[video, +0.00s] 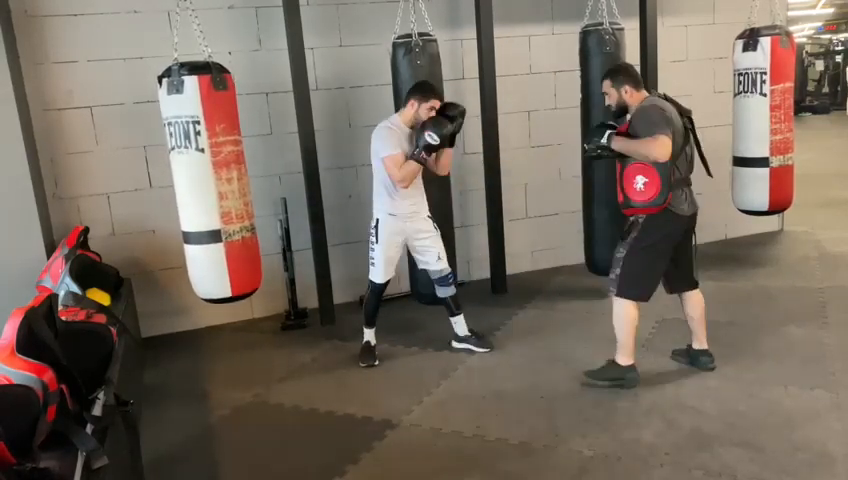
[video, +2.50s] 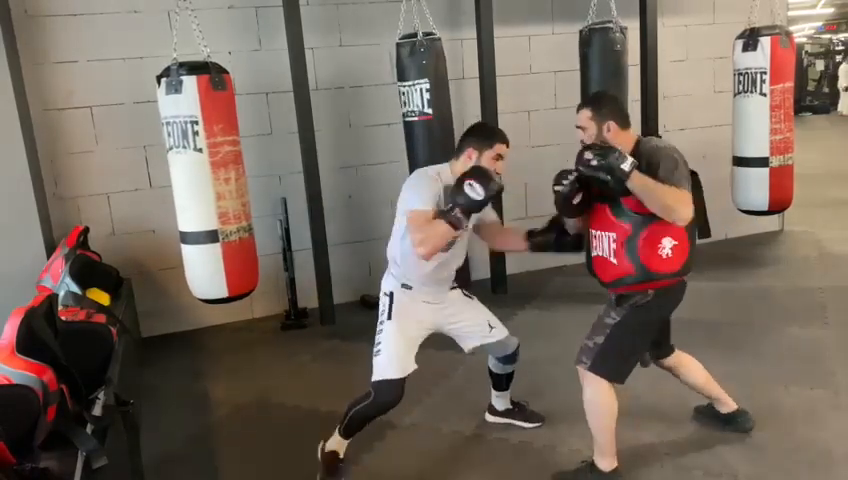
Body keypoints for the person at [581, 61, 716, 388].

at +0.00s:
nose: (607, 101)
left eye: (609, 93)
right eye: (606, 94)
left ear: (625, 89)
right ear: (634, 89)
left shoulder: (647, 111)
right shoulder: (662, 107)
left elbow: (660, 151)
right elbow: (660, 153)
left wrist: (612, 140)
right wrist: (615, 140)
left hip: (660, 214)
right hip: (682, 212)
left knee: (624, 286)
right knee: (685, 282)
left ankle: (624, 364)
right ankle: (700, 350)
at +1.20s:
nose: (605, 113)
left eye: (606, 106)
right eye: (604, 107)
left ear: (624, 104)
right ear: (635, 101)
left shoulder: (645, 128)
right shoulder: (665, 117)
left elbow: (640, 180)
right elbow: (670, 164)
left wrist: (596, 181)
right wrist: (621, 154)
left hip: (672, 226)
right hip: (697, 221)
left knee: (633, 295)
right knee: (688, 278)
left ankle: (625, 377)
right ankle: (727, 342)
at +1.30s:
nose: (602, 114)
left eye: (603, 107)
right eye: (600, 108)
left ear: (620, 104)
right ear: (632, 100)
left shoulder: (639, 127)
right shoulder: (662, 116)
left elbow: (638, 178)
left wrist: (592, 204)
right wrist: (615, 136)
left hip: (670, 224)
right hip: (697, 219)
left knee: (633, 297)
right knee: (685, 278)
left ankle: (625, 377)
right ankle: (717, 342)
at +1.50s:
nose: (625, 116)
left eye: (630, 108)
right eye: (623, 109)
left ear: (658, 104)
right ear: (663, 106)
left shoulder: (670, 141)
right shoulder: (691, 129)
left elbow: (665, 204)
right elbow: (661, 184)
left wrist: (604, 197)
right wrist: (626, 149)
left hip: (694, 263)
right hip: (723, 255)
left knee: (640, 348)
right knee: (705, 327)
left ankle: (639, 447)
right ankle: (741, 405)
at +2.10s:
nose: (604, 120)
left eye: (610, 112)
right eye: (602, 112)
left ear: (638, 111)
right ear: (638, 113)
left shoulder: (660, 147)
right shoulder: (640, 145)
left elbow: (675, 209)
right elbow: (609, 188)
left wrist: (608, 197)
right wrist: (592, 151)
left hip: (663, 273)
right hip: (667, 268)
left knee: (613, 363)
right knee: (687, 344)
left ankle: (604, 461)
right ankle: (738, 408)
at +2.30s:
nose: (581, 140)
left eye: (585, 132)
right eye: (580, 132)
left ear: (611, 131)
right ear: (602, 132)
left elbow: (693, 216)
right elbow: (566, 198)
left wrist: (647, 177)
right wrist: (547, 200)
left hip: (657, 279)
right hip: (625, 277)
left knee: (601, 365)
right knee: (654, 350)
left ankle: (605, 465)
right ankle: (723, 394)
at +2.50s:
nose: (581, 139)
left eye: (586, 131)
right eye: (579, 131)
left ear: (612, 128)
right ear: (607, 129)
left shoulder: (662, 156)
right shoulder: (605, 164)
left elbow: (682, 211)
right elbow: (581, 226)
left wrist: (626, 174)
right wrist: (572, 201)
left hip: (656, 283)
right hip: (633, 280)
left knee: (593, 368)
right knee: (663, 354)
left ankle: (605, 464)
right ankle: (728, 409)